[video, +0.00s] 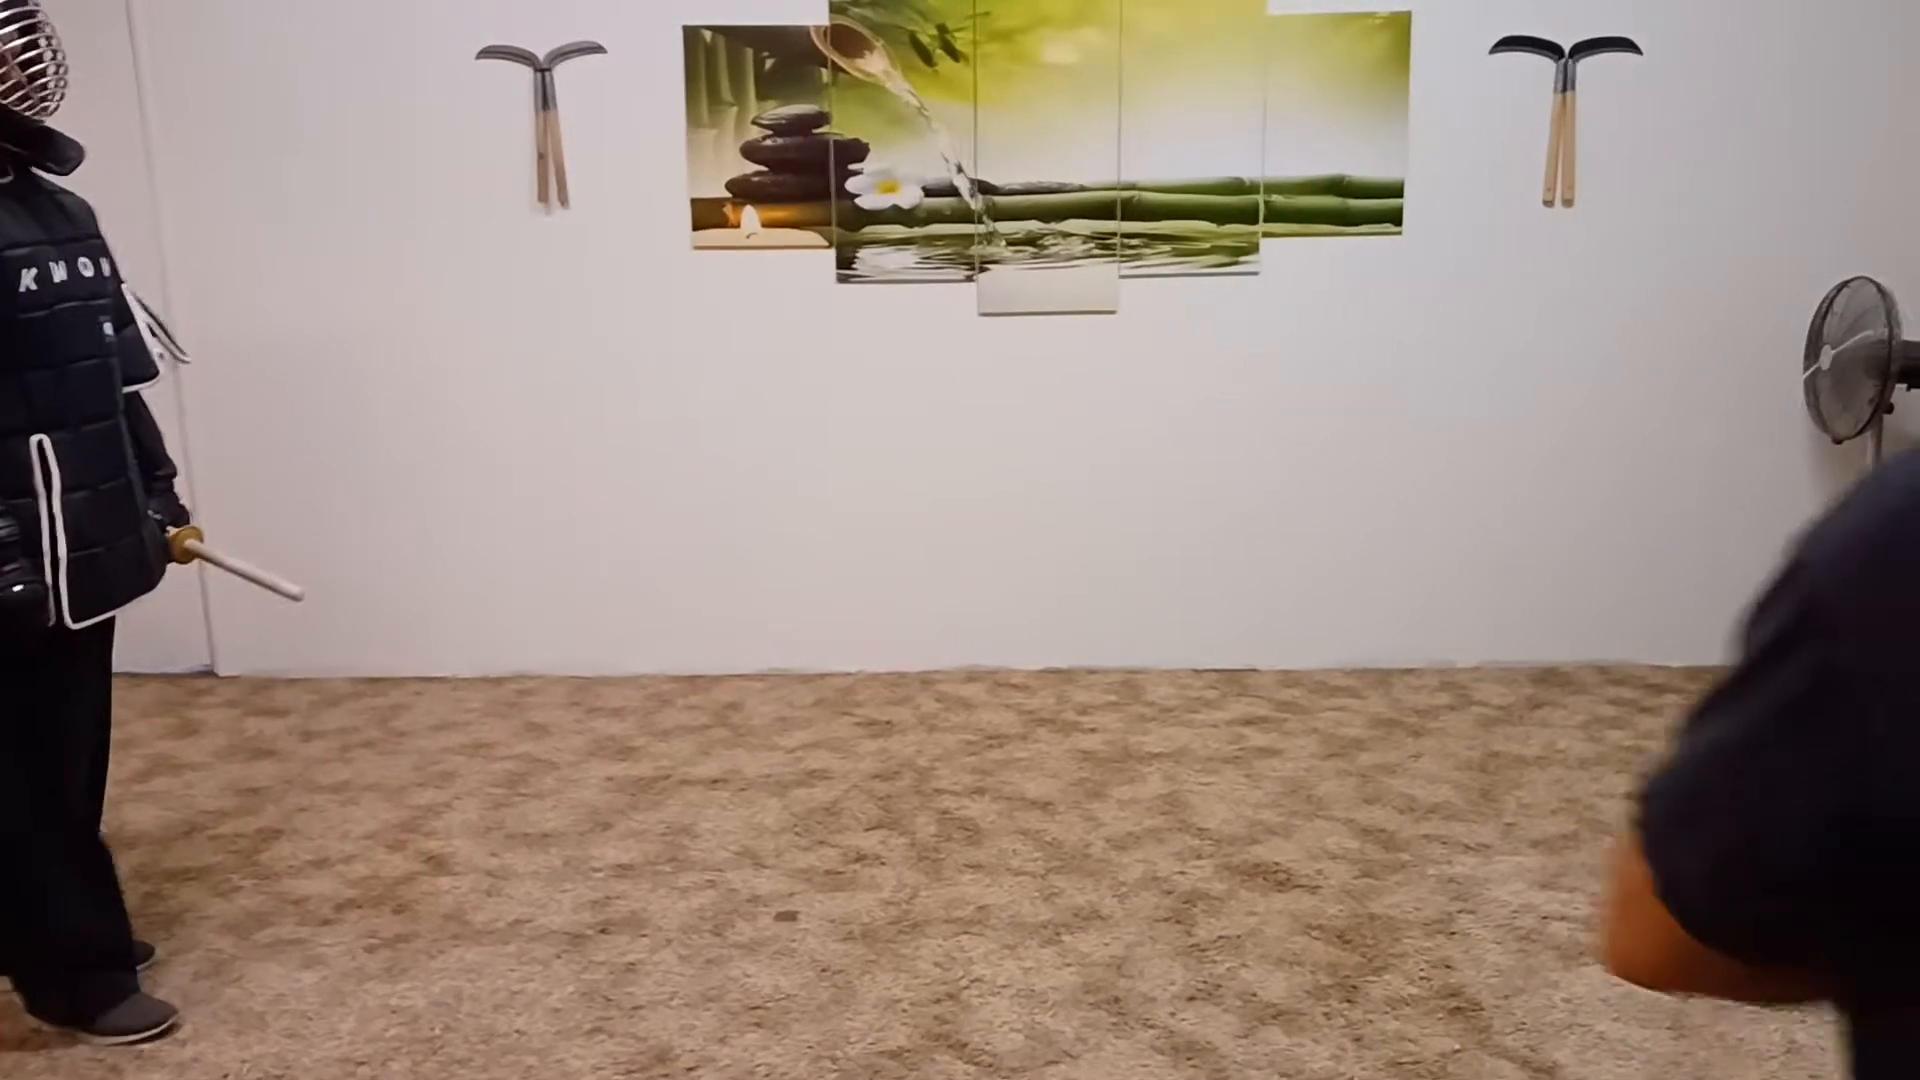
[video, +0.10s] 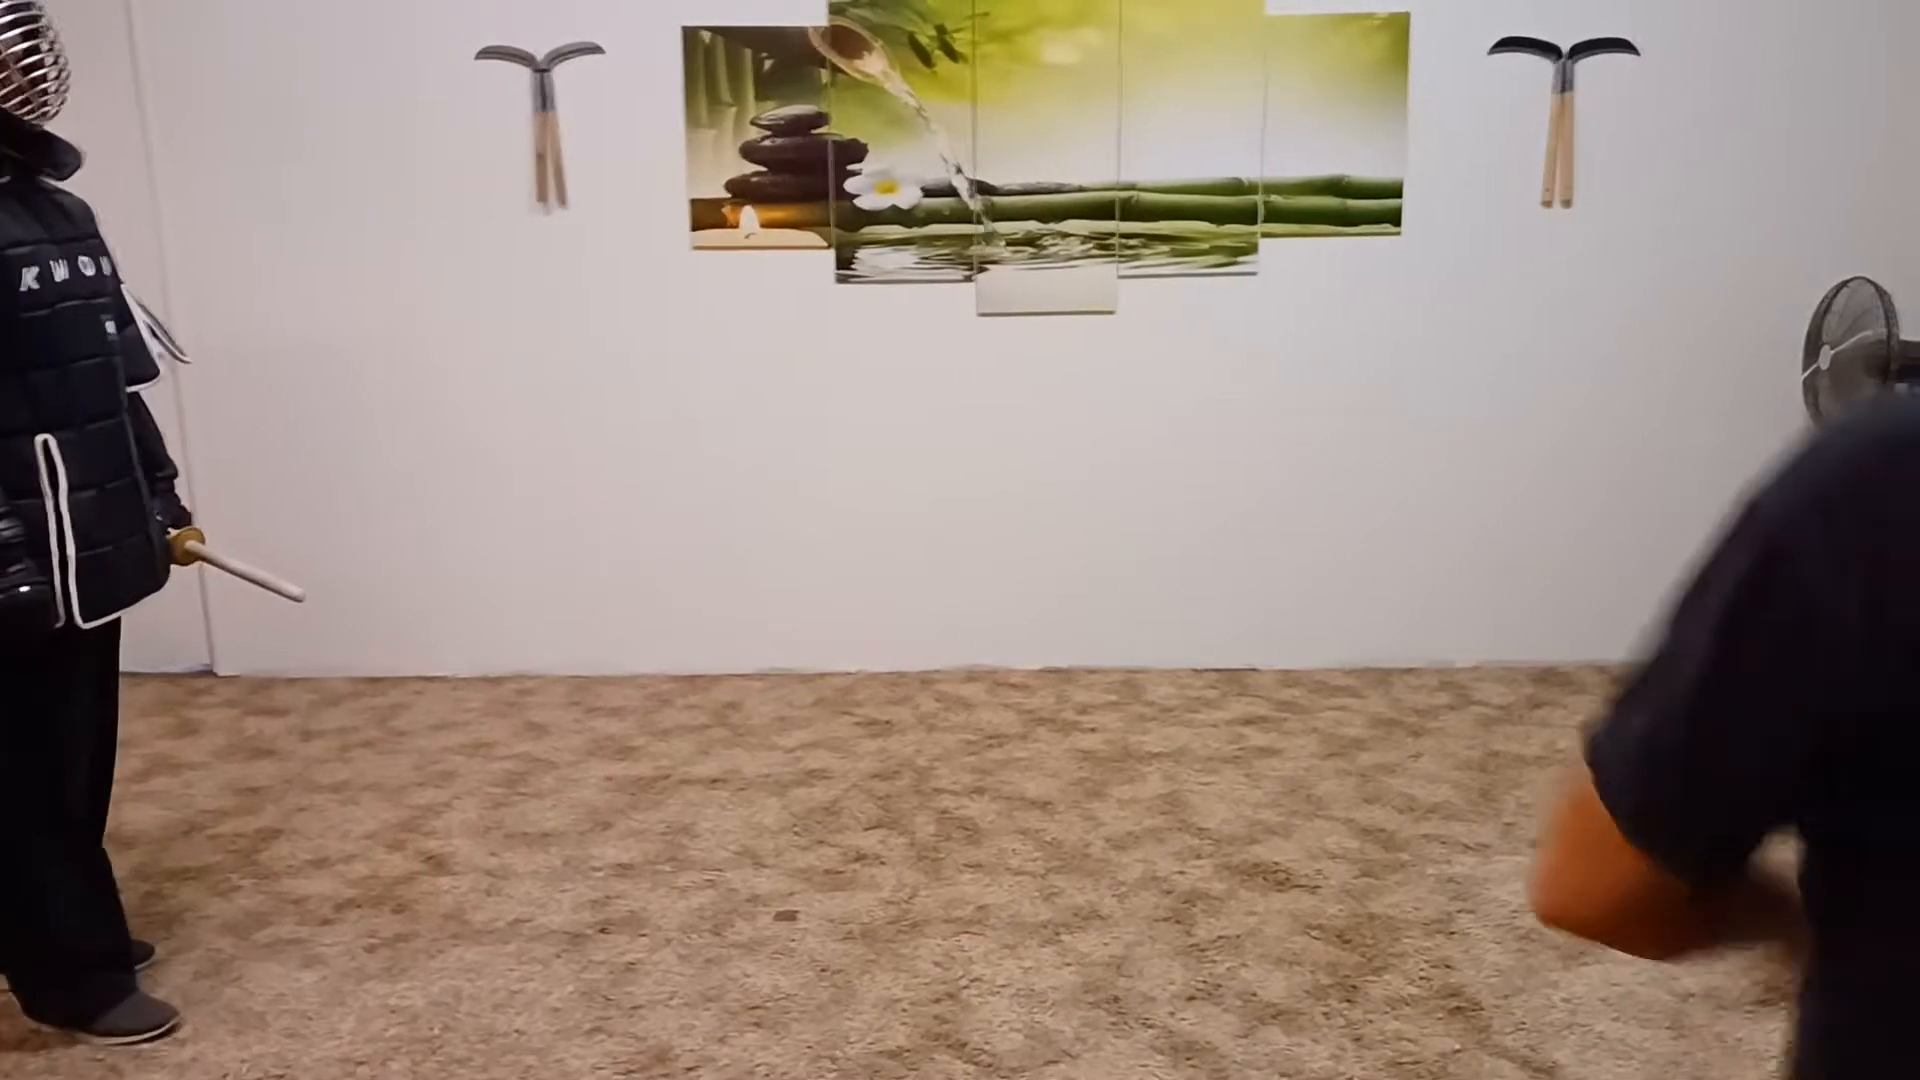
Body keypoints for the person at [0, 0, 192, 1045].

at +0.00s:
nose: (36, 67)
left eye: (38, 50)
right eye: (19, 52)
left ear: (43, 67)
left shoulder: (62, 205)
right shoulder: (9, 208)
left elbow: (111, 375)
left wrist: (159, 493)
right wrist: (13, 553)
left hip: (86, 543)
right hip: (18, 556)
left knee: (74, 761)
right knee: (32, 770)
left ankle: (96, 949)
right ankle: (64, 979)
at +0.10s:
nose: (37, 66)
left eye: (39, 48)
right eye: (19, 50)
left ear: (46, 65)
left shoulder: (60, 204)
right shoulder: (8, 209)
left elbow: (111, 376)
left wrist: (161, 497)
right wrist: (12, 558)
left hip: (91, 539)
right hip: (23, 555)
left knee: (80, 756)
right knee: (36, 765)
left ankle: (91, 947)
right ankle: (60, 979)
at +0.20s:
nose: (42, 65)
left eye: (45, 47)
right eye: (22, 50)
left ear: (51, 65)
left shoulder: (59, 200)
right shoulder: (5, 204)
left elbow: (108, 373)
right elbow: (12, 400)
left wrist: (162, 497)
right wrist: (10, 552)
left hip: (96, 537)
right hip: (25, 553)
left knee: (84, 756)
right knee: (37, 765)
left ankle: (93, 948)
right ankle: (61, 982)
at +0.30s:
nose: (43, 67)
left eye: (49, 50)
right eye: (23, 51)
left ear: (57, 67)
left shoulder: (63, 200)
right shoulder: (3, 207)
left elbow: (113, 377)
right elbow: (11, 400)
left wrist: (168, 499)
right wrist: (14, 554)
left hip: (102, 545)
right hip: (27, 559)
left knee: (94, 757)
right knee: (39, 768)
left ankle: (95, 946)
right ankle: (64, 983)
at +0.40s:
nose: (55, 72)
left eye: (56, 54)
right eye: (33, 57)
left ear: (56, 70)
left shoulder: (62, 203)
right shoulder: (4, 212)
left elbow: (109, 380)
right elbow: (5, 409)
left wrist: (166, 500)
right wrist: (20, 561)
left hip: (105, 550)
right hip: (32, 566)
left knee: (100, 756)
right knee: (44, 769)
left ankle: (92, 941)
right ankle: (66, 983)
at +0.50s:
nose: (54, 76)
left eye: (56, 58)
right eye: (31, 61)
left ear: (60, 70)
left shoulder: (61, 206)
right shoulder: (9, 213)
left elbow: (100, 387)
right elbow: (15, 411)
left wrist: (161, 507)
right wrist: (22, 562)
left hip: (109, 545)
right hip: (37, 559)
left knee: (106, 754)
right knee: (47, 768)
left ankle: (89, 939)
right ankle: (62, 985)